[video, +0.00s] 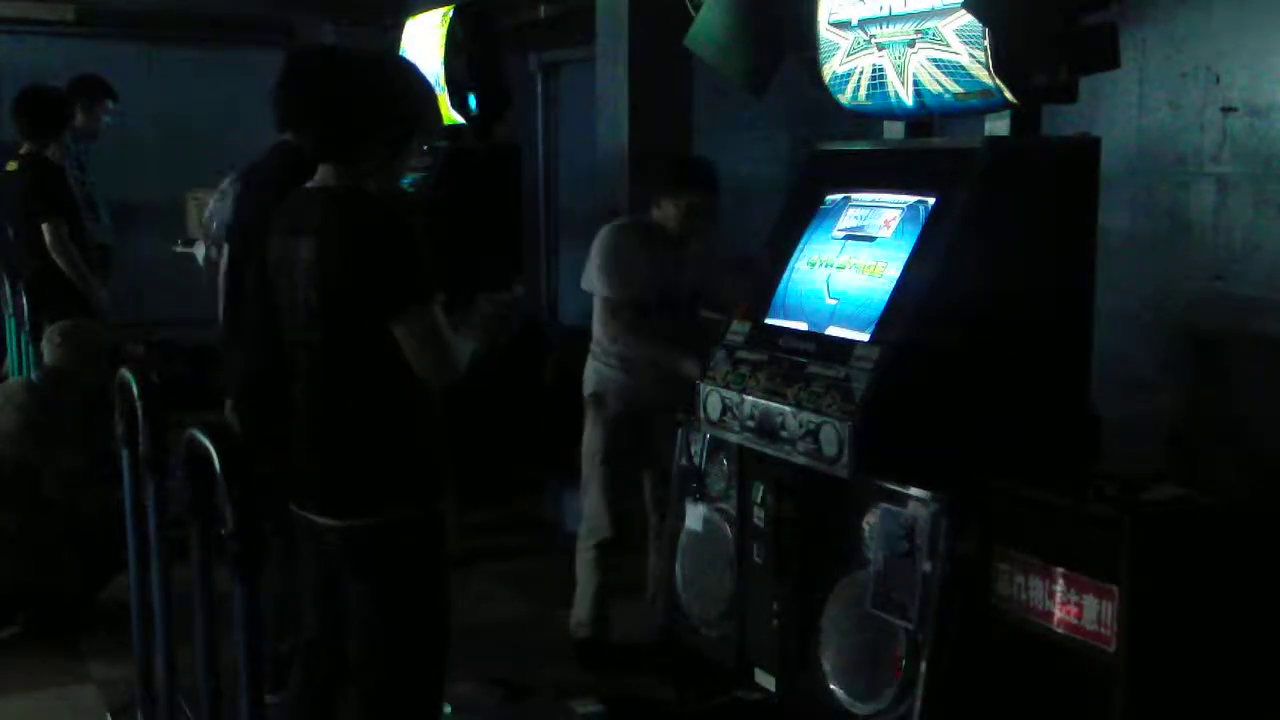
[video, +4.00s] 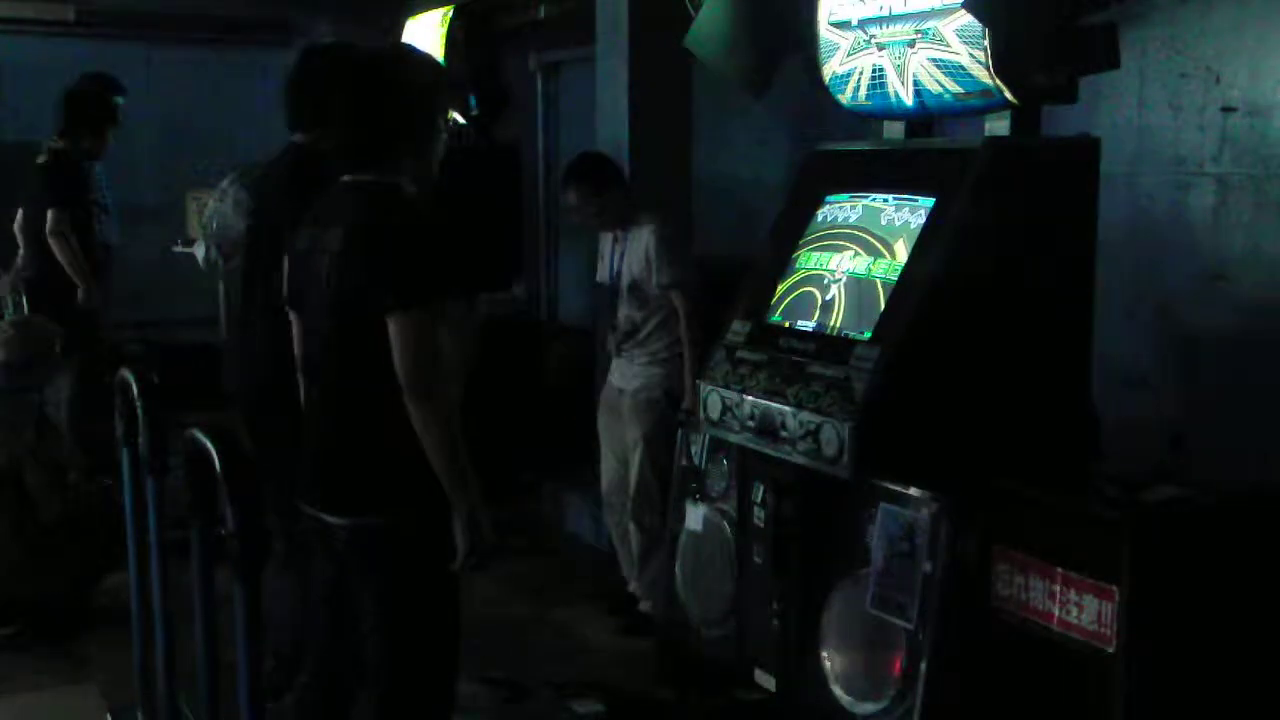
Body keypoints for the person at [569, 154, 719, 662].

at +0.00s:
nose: (696, 220)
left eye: (702, 210)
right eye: (689, 207)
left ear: (705, 210)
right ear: (664, 200)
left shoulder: (692, 252)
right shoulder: (618, 241)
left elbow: (699, 318)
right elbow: (612, 334)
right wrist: (683, 362)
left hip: (668, 393)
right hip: (615, 392)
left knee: (667, 512)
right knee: (605, 516)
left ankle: (666, 622)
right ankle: (589, 628)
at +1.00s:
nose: (710, 232)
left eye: (718, 224)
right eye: (705, 220)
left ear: (726, 223)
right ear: (684, 211)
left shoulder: (714, 258)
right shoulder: (643, 249)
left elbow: (722, 320)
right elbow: (645, 327)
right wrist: (710, 318)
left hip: (677, 392)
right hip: (624, 387)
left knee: (672, 511)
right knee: (611, 510)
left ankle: (666, 624)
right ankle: (590, 626)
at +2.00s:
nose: (724, 228)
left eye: (732, 220)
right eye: (719, 216)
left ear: (736, 222)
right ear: (698, 210)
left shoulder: (722, 259)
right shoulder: (650, 249)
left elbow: (730, 325)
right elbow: (645, 337)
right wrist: (697, 383)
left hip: (681, 395)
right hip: (629, 388)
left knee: (674, 511)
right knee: (612, 511)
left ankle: (664, 625)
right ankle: (590, 624)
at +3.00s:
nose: (585, 204)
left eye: (592, 195)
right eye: (581, 195)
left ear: (618, 192)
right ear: (582, 193)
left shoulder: (653, 242)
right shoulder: (587, 233)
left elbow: (672, 313)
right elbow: (575, 296)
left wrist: (641, 368)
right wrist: (574, 351)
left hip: (641, 388)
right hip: (593, 384)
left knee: (651, 503)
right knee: (591, 497)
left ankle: (660, 607)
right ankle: (603, 593)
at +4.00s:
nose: (579, 215)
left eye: (583, 204)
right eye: (574, 206)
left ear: (608, 195)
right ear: (588, 204)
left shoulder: (653, 237)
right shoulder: (606, 239)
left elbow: (685, 312)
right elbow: (615, 313)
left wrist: (691, 385)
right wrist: (609, 369)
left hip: (654, 380)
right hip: (617, 375)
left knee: (644, 491)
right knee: (613, 489)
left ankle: (653, 600)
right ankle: (632, 588)